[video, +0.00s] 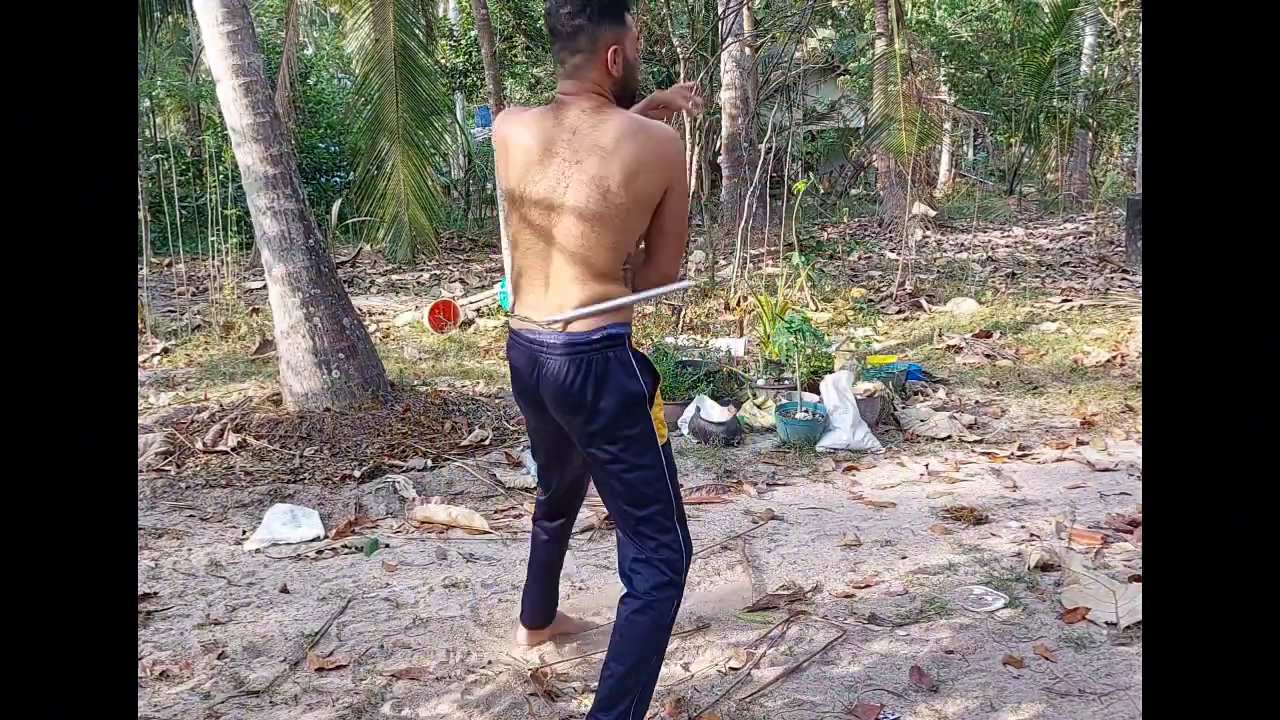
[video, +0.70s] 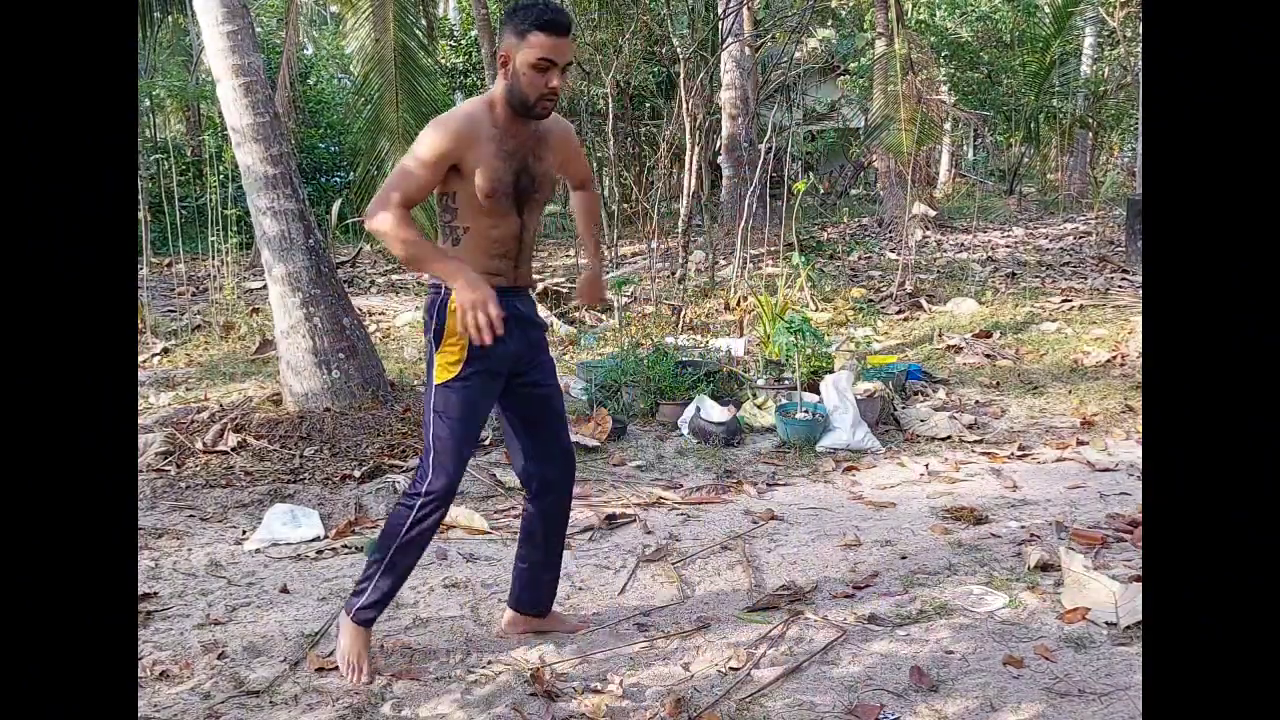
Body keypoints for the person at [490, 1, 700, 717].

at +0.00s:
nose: (635, 54)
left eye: (632, 40)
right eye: (633, 42)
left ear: (559, 53)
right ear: (615, 53)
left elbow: (574, 141)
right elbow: (660, 271)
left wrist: (647, 109)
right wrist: (590, 267)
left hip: (525, 356)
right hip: (597, 363)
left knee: (557, 490)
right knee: (658, 552)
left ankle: (536, 619)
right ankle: (614, 713)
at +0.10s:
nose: (635, 76)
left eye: (636, 62)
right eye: (633, 62)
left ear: (565, 61)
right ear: (604, 60)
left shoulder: (512, 139)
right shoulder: (619, 146)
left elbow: (485, 208)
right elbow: (655, 280)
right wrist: (654, 298)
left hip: (523, 354)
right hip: (578, 358)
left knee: (573, 495)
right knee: (641, 543)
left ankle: (533, 610)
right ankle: (611, 711)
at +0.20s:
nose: (635, 85)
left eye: (636, 69)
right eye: (631, 69)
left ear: (578, 67)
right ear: (599, 66)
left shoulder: (517, 138)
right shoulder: (588, 145)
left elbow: (472, 226)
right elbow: (582, 256)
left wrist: (544, 256)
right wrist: (638, 315)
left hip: (524, 346)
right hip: (563, 348)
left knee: (581, 486)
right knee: (619, 530)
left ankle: (531, 609)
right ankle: (606, 708)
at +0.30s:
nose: (634, 94)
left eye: (636, 79)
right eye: (628, 78)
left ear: (585, 75)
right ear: (589, 73)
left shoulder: (556, 135)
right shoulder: (548, 134)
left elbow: (491, 206)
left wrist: (540, 298)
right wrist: (531, 300)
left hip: (547, 332)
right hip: (533, 338)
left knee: (584, 479)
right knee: (589, 505)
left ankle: (533, 604)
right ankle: (609, 694)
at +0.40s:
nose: (624, 100)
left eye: (628, 87)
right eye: (619, 84)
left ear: (585, 80)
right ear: (576, 74)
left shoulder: (562, 142)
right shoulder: (523, 130)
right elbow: (420, 182)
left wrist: (485, 272)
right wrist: (470, 277)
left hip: (542, 322)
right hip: (510, 323)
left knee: (582, 475)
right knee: (574, 481)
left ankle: (529, 614)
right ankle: (535, 670)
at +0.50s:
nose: (612, 96)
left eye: (617, 83)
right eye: (603, 79)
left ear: (591, 80)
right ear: (559, 71)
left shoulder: (574, 156)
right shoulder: (508, 127)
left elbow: (534, 239)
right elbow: (406, 184)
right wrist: (448, 278)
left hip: (535, 319)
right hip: (490, 317)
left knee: (575, 472)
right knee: (536, 477)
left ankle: (533, 609)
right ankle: (466, 644)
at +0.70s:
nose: (556, 82)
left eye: (564, 69)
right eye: (544, 66)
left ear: (568, 70)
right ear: (505, 60)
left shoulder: (558, 138)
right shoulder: (456, 131)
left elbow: (584, 190)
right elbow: (383, 215)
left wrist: (593, 268)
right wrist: (457, 274)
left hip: (522, 317)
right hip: (463, 318)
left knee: (553, 470)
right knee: (438, 481)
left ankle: (528, 611)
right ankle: (358, 617)